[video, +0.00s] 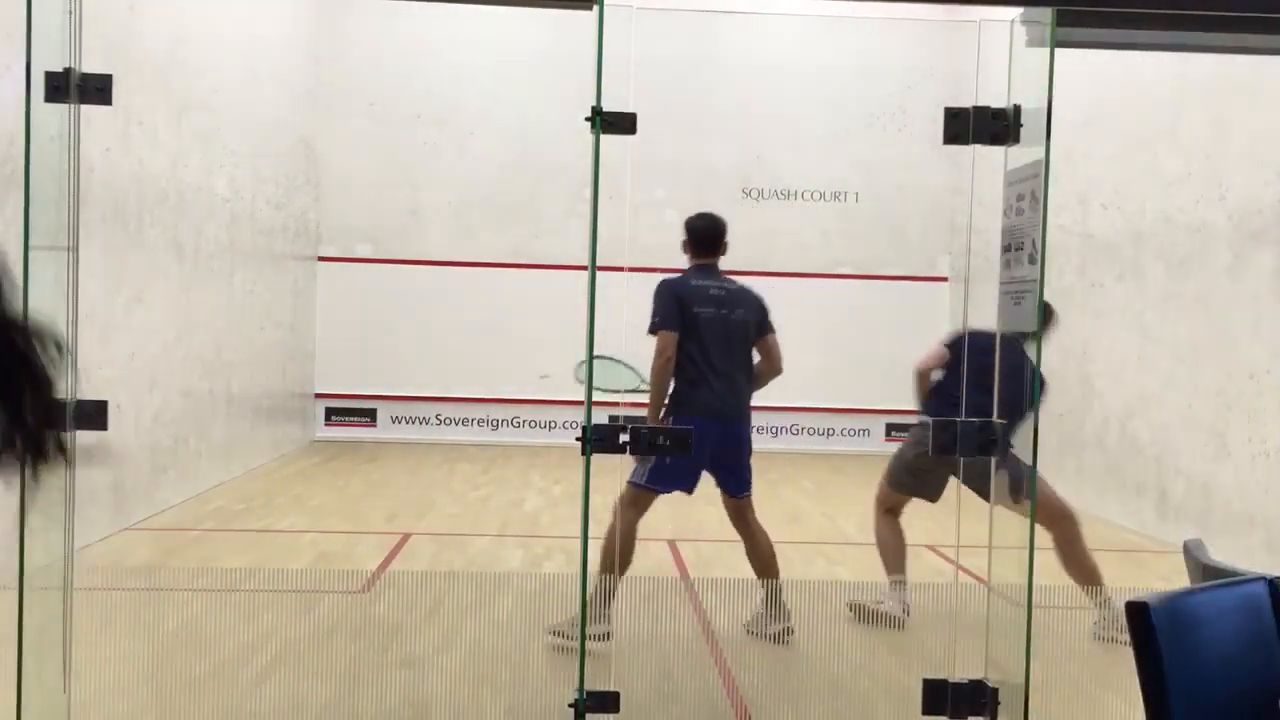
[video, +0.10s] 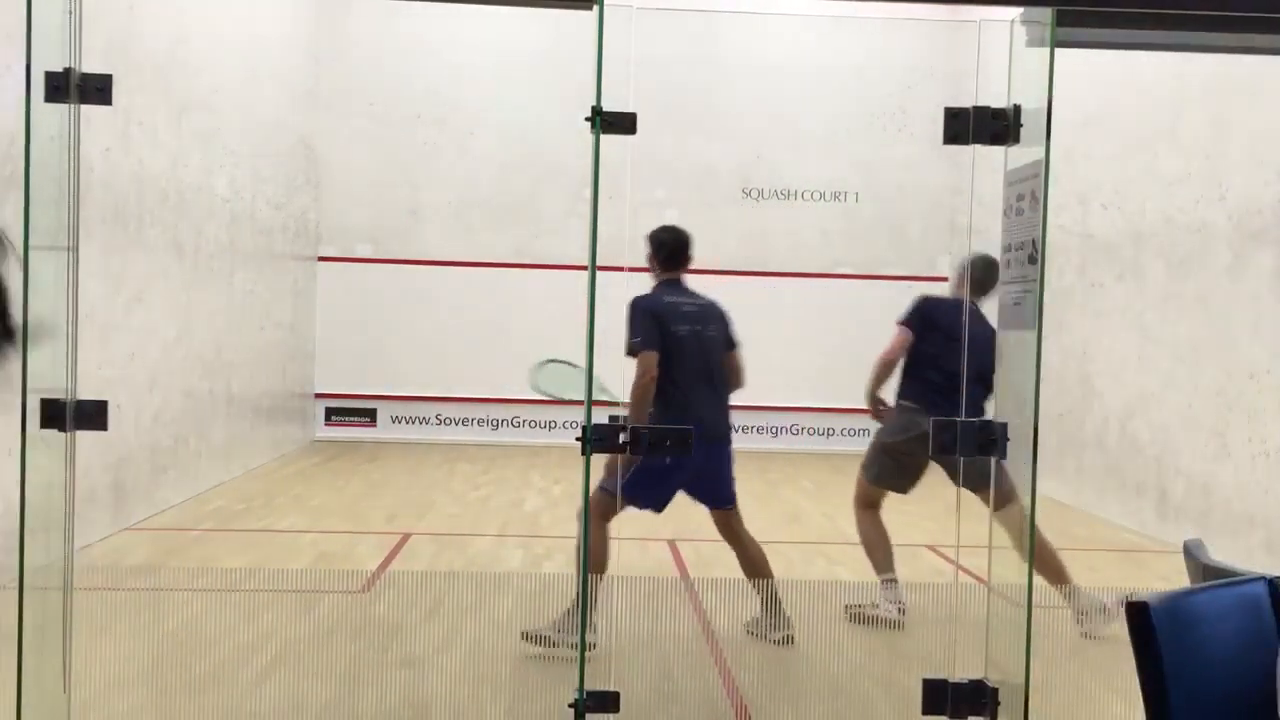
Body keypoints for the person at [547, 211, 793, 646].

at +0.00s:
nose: (686, 251)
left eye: (686, 245)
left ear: (685, 248)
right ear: (724, 249)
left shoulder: (673, 289)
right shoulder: (748, 298)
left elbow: (666, 354)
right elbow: (772, 364)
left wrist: (652, 419)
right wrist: (737, 391)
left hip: (686, 424)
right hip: (734, 427)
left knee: (628, 508)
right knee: (746, 517)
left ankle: (596, 616)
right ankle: (777, 613)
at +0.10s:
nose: (648, 263)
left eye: (648, 257)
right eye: (657, 256)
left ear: (651, 261)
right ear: (687, 261)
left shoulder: (647, 306)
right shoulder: (711, 309)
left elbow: (647, 374)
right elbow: (734, 378)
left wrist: (630, 443)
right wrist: (691, 394)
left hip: (663, 444)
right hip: (713, 444)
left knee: (595, 512)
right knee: (734, 528)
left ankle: (580, 621)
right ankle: (777, 618)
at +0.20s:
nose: (599, 262)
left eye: (601, 255)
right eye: (602, 254)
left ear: (606, 259)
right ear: (638, 259)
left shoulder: (615, 306)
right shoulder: (656, 306)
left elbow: (625, 377)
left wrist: (599, 440)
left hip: (633, 444)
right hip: (674, 445)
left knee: (565, 522)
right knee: (708, 528)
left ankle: (571, 632)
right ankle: (768, 616)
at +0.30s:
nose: (550, 263)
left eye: (553, 255)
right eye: (552, 255)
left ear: (566, 258)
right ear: (585, 256)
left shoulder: (592, 304)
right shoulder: (589, 300)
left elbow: (600, 378)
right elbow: (597, 375)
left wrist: (552, 437)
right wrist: (557, 400)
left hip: (608, 436)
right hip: (627, 433)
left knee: (545, 523)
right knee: (641, 531)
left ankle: (572, 631)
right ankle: (733, 598)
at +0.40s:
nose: (507, 265)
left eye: (510, 257)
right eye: (508, 256)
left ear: (525, 260)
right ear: (539, 258)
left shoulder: (561, 304)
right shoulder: (545, 302)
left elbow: (563, 376)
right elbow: (547, 368)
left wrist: (501, 423)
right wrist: (510, 391)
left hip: (588, 430)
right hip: (581, 427)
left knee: (535, 526)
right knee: (555, 527)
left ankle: (571, 632)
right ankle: (650, 574)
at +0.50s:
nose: (467, 269)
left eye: (470, 261)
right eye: (467, 261)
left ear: (488, 262)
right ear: (496, 260)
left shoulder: (528, 301)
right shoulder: (501, 305)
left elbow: (518, 373)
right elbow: (493, 370)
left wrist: (450, 405)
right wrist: (452, 371)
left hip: (564, 425)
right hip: (542, 424)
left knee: (529, 529)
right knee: (489, 499)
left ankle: (571, 628)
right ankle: (549, 588)